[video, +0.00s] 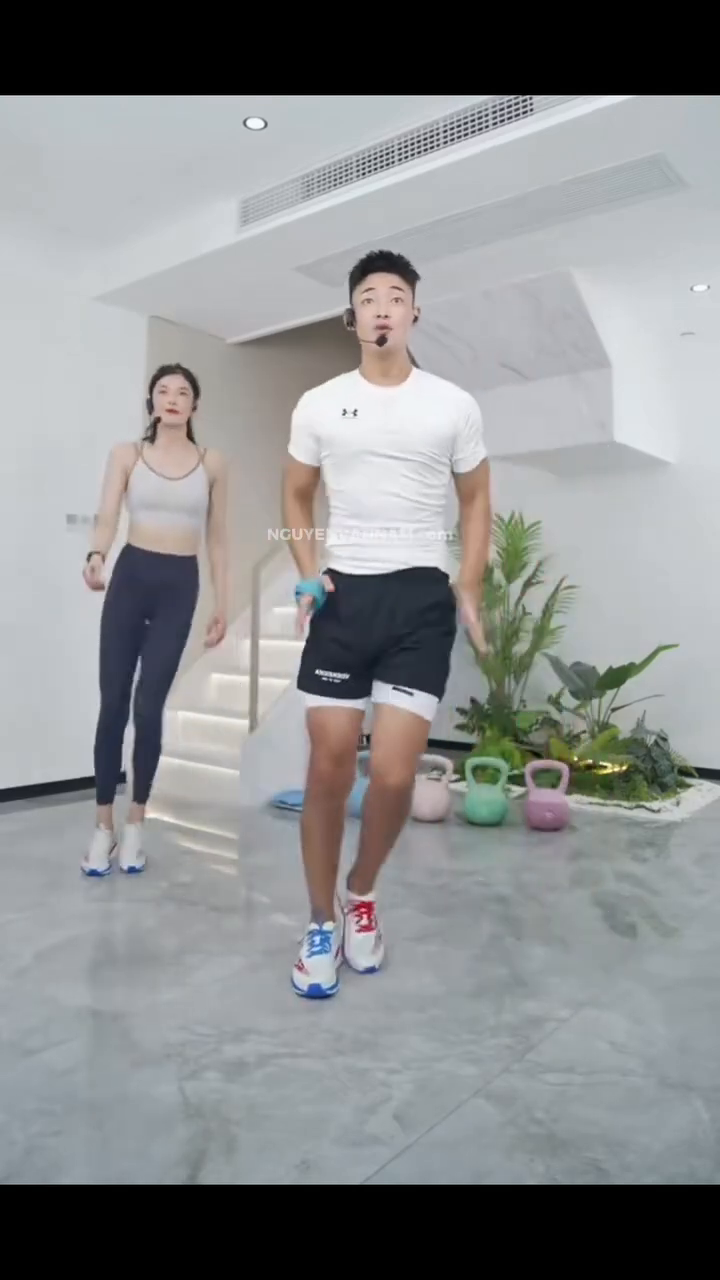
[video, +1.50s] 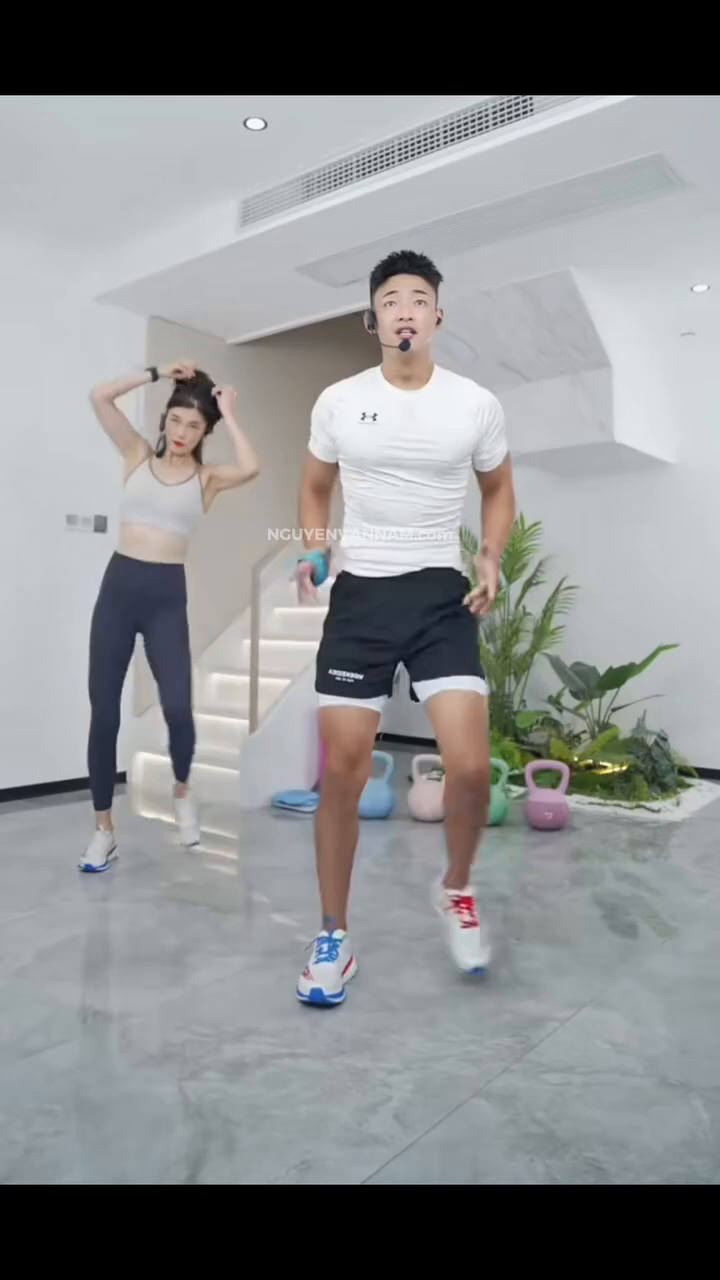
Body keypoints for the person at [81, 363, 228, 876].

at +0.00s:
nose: (173, 399)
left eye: (182, 393)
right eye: (165, 391)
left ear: (195, 405)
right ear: (151, 400)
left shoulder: (212, 463)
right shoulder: (128, 455)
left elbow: (218, 538)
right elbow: (107, 519)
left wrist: (223, 605)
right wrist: (96, 555)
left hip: (181, 586)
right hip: (130, 579)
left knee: (148, 706)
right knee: (113, 704)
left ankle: (136, 821)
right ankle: (104, 823)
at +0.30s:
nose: (198, 395)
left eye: (207, 390)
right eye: (189, 388)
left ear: (217, 402)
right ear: (173, 397)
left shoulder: (228, 456)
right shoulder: (151, 448)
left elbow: (266, 517)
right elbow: (109, 482)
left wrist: (275, 493)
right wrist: (125, 421)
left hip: (208, 584)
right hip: (155, 582)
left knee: (237, 702)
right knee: (132, 705)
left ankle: (270, 814)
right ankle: (109, 824)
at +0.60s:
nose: (235, 418)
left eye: (245, 411)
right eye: (228, 409)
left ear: (258, 418)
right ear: (216, 413)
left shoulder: (270, 463)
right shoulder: (197, 458)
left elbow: (312, 430)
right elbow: (156, 408)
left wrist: (277, 381)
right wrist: (204, 366)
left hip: (263, 589)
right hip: (214, 590)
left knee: (268, 707)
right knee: (170, 705)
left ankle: (278, 825)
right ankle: (184, 792)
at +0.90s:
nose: (245, 422)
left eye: (255, 416)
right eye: (239, 413)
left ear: (269, 424)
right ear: (227, 416)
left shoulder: (277, 468)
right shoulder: (206, 455)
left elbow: (333, 439)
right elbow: (174, 391)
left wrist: (298, 392)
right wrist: (229, 363)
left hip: (261, 592)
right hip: (212, 592)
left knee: (270, 713)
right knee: (184, 713)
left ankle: (277, 825)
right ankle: (231, 814)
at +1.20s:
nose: (223, 420)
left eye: (233, 415)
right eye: (217, 410)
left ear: (245, 422)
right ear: (204, 413)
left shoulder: (246, 468)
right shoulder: (179, 450)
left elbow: (295, 445)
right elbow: (156, 377)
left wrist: (266, 391)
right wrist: (213, 360)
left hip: (218, 591)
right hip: (168, 586)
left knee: (243, 714)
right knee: (135, 709)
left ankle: (276, 825)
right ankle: (102, 821)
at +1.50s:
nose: (184, 430)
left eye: (194, 424)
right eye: (178, 420)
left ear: (205, 431)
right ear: (165, 420)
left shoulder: (207, 478)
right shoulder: (136, 456)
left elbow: (250, 469)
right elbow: (101, 396)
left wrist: (228, 415)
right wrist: (159, 372)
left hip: (168, 597)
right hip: (118, 592)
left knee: (179, 710)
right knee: (104, 711)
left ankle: (182, 793)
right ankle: (103, 826)